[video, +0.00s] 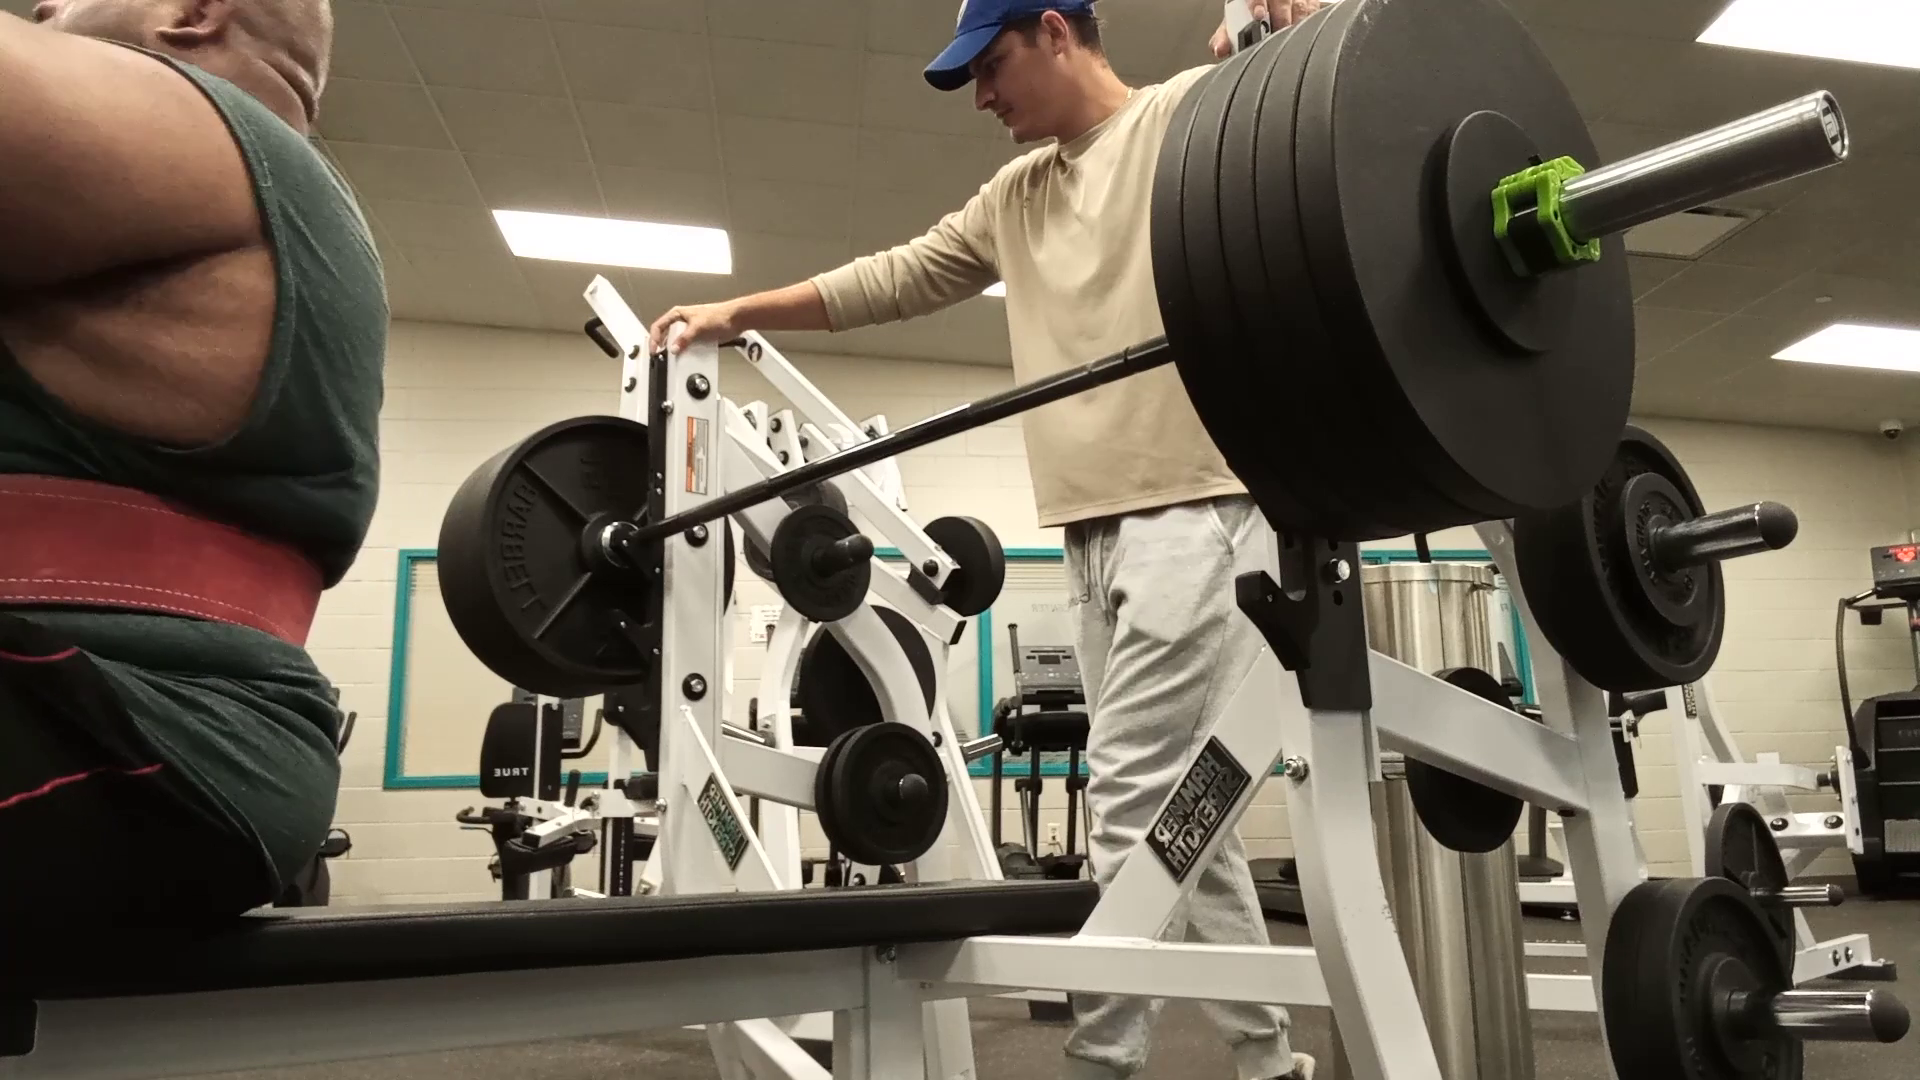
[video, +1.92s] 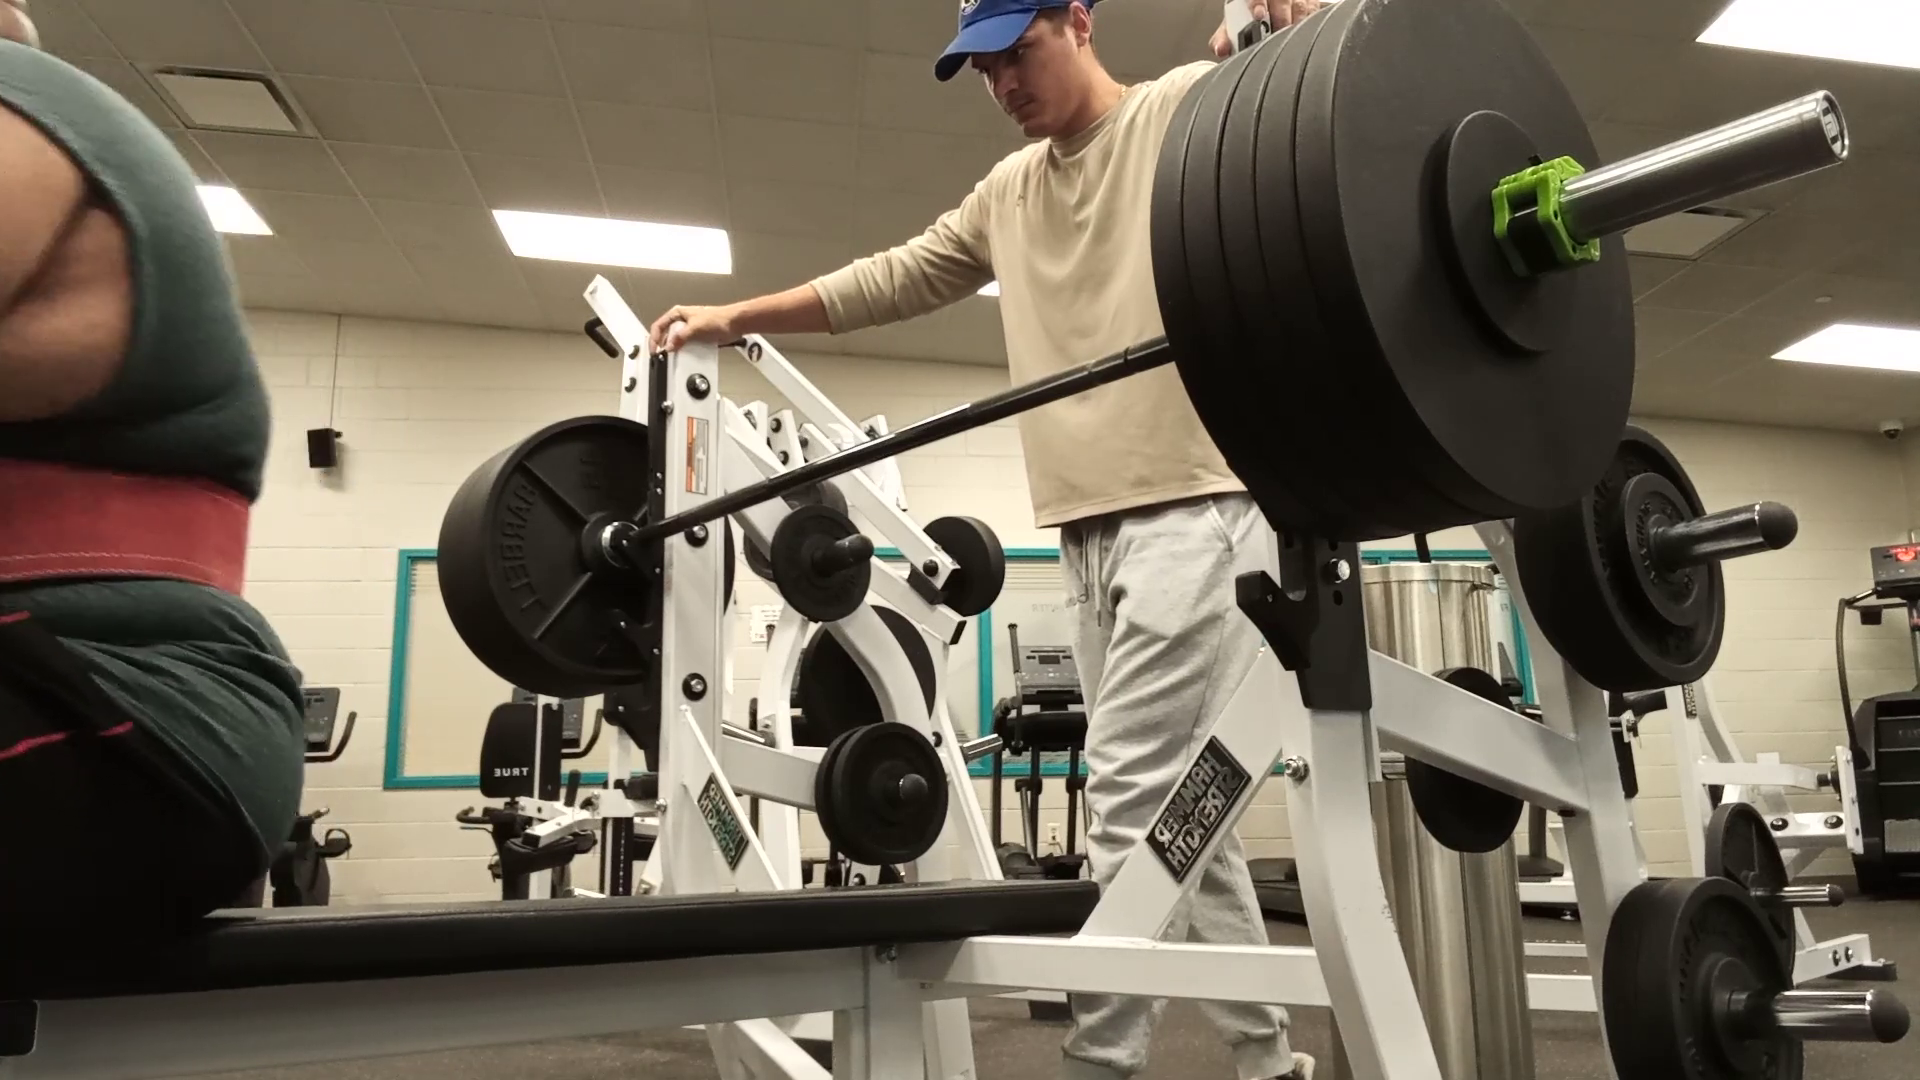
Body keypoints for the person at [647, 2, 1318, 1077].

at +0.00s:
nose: (982, 96)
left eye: (990, 67)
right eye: (974, 80)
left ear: (1059, 32)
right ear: (1038, 50)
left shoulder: (1190, 106)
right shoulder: (1011, 194)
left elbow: (1324, 114)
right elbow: (900, 275)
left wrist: (1295, 38)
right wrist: (737, 309)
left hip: (1198, 509)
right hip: (1093, 529)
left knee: (1129, 795)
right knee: (1178, 806)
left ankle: (1105, 1060)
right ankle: (1263, 1055)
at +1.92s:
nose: (998, 84)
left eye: (1012, 55)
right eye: (985, 68)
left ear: (1078, 24)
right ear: (983, 74)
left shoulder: (1187, 100)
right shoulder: (1005, 192)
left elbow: (1318, 111)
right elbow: (891, 279)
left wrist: (1293, 35)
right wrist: (734, 315)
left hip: (1199, 509)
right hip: (1089, 532)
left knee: (1126, 793)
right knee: (1173, 804)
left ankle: (1101, 1065)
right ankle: (1266, 1060)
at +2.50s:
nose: (1001, 87)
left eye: (1014, 58)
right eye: (987, 72)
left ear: (1080, 25)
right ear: (986, 78)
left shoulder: (1187, 101)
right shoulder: (1006, 192)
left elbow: (1316, 102)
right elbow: (890, 279)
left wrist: (1291, 34)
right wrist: (734, 314)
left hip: (1201, 508)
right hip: (1090, 530)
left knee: (1128, 793)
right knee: (1175, 804)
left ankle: (1103, 1061)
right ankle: (1264, 1056)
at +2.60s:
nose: (1000, 87)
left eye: (1014, 57)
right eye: (987, 71)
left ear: (1079, 25)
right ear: (984, 78)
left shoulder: (1186, 101)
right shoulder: (1005, 193)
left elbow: (1316, 102)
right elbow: (889, 280)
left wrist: (1291, 34)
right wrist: (733, 314)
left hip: (1201, 508)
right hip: (1090, 531)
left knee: (1129, 794)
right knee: (1176, 805)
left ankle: (1102, 1061)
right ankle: (1264, 1057)